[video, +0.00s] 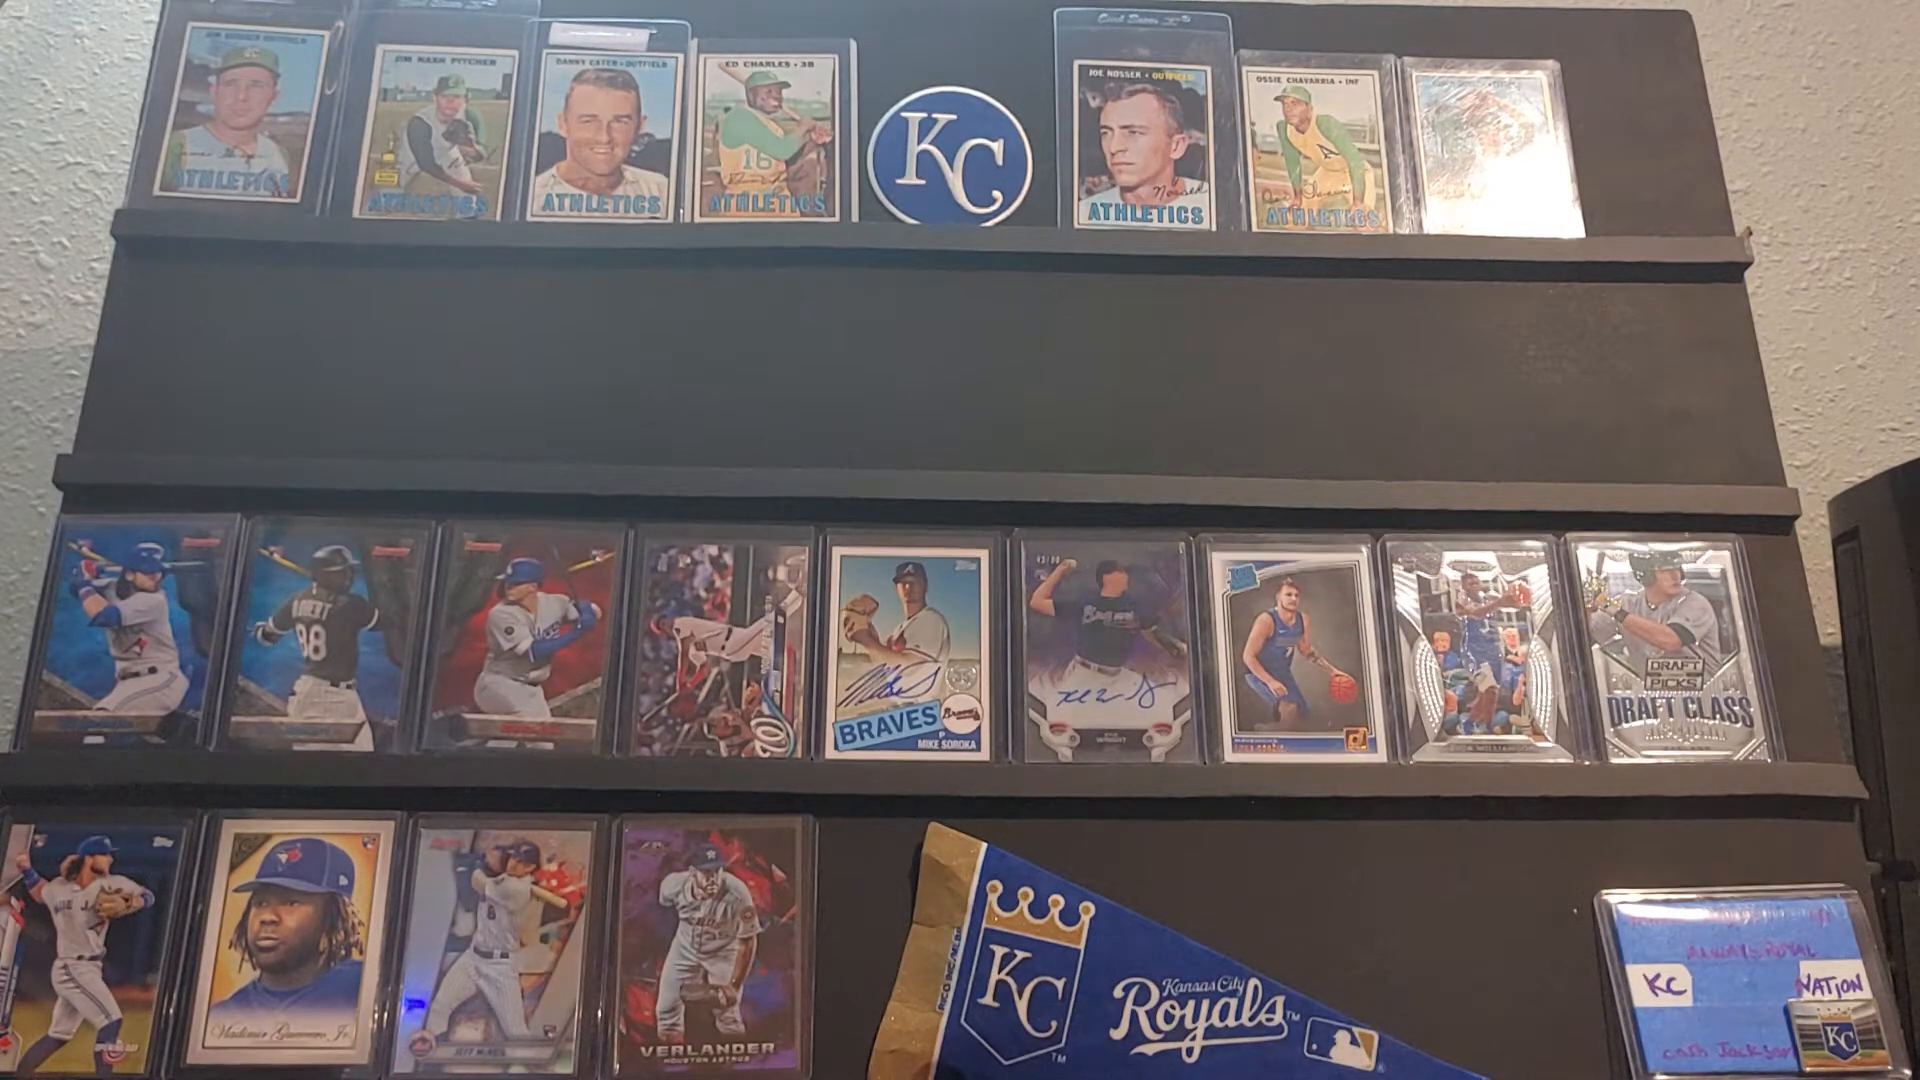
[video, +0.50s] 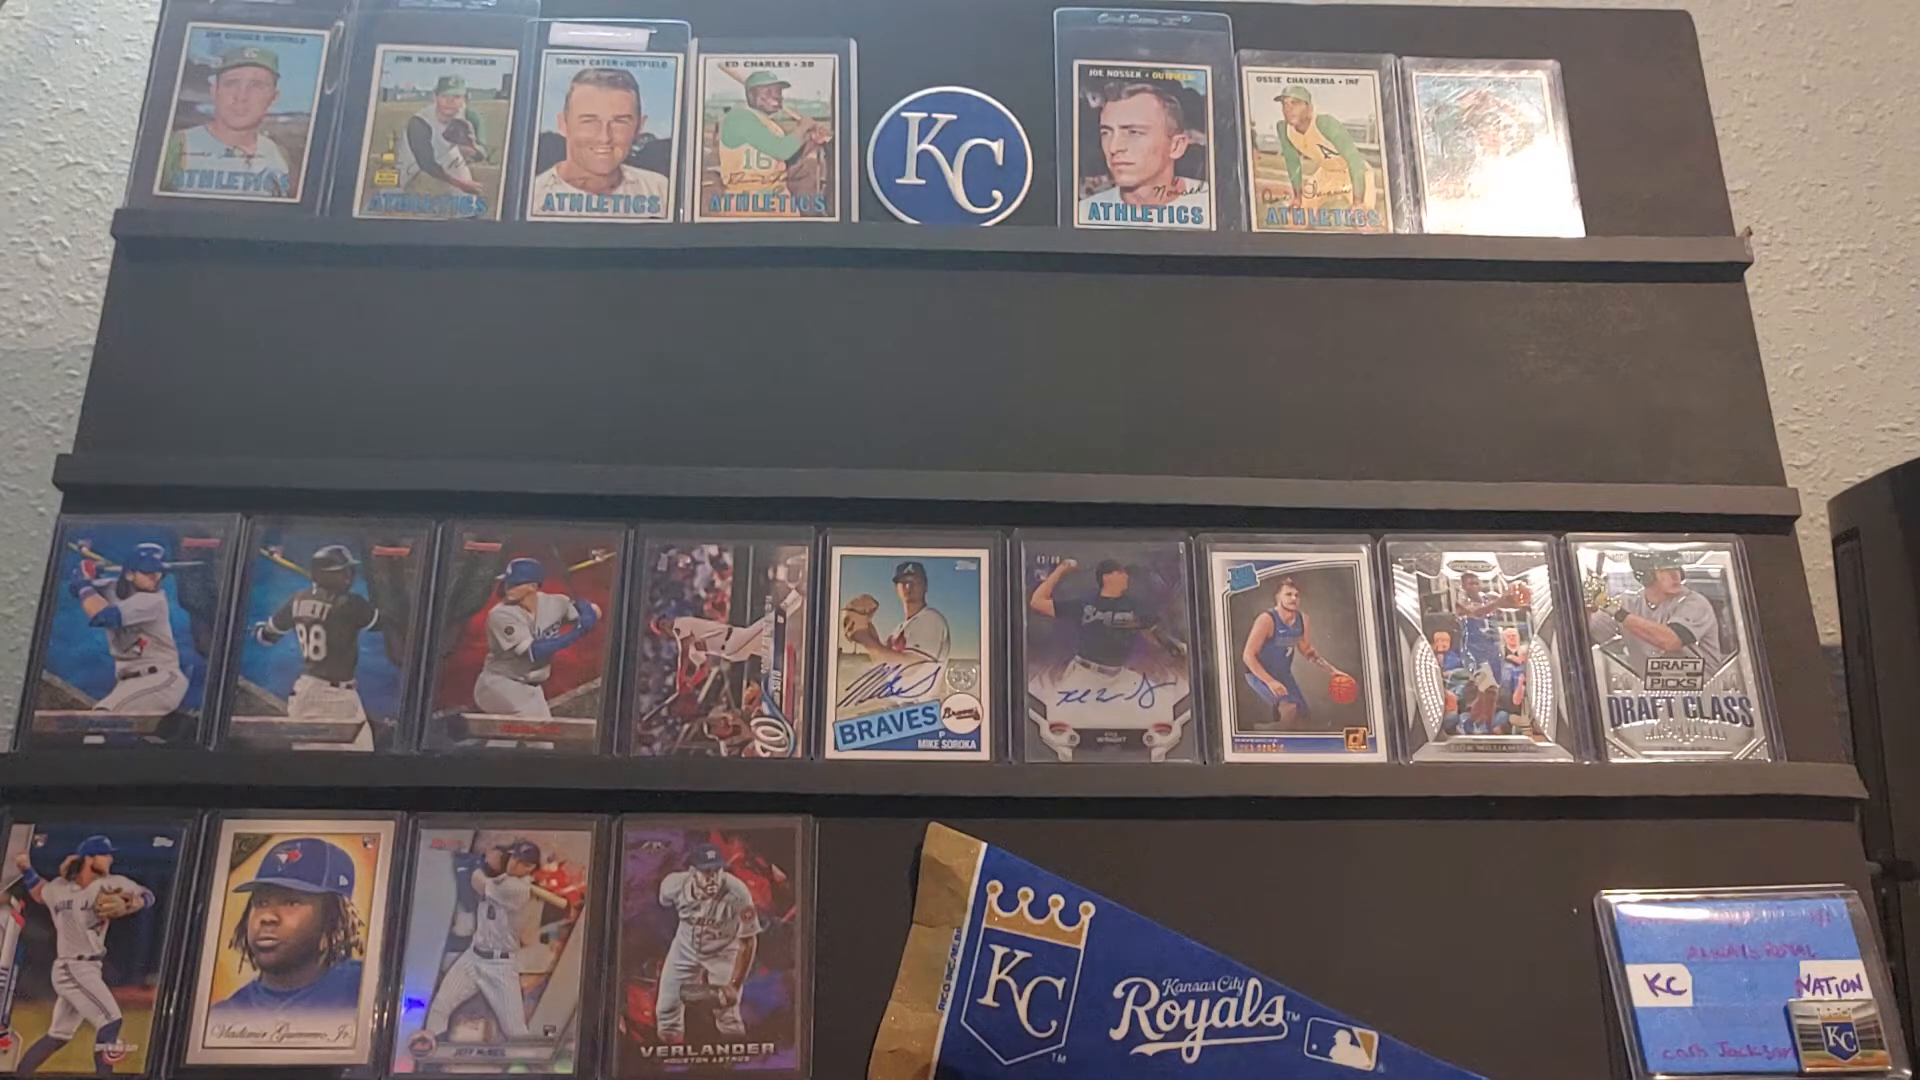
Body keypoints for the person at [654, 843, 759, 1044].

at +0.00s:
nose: (711, 878)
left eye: (715, 871)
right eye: (705, 872)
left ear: (722, 869)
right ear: (693, 871)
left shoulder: (738, 893)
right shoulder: (673, 885)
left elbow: (748, 941)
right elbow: (666, 907)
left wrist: (735, 985)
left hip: (724, 953)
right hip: (684, 947)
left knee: (727, 1014)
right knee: (666, 1009)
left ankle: (740, 1068)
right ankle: (674, 1071)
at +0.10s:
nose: (711, 878)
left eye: (715, 871)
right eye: (705, 872)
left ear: (722, 869)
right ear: (693, 870)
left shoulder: (738, 893)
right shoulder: (673, 885)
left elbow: (748, 941)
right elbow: (666, 907)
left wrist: (735, 985)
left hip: (724, 953)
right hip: (684, 947)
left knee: (727, 1014)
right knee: (666, 1008)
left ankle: (739, 1069)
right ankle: (673, 1069)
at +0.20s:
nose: (711, 878)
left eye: (716, 871)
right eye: (705, 872)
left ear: (722, 870)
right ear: (693, 871)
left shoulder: (738, 893)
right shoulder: (673, 885)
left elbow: (748, 941)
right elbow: (666, 906)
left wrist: (735, 985)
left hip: (724, 953)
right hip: (684, 947)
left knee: (727, 1014)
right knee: (666, 1008)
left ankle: (739, 1068)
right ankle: (674, 1069)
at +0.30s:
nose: (711, 878)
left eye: (716, 871)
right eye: (705, 872)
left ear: (722, 870)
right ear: (693, 871)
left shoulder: (738, 893)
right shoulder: (673, 885)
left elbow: (748, 941)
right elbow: (666, 907)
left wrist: (735, 985)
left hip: (724, 953)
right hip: (684, 947)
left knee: (727, 1014)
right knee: (666, 1008)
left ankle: (739, 1069)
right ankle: (674, 1069)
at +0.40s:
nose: (711, 878)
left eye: (716, 871)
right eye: (705, 872)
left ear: (722, 870)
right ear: (693, 871)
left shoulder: (738, 893)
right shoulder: (673, 885)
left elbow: (748, 941)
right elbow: (666, 907)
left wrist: (735, 985)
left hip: (724, 953)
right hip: (684, 947)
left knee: (727, 1014)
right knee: (666, 1008)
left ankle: (739, 1069)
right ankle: (674, 1069)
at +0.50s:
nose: (711, 878)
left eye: (716, 872)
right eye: (705, 872)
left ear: (722, 870)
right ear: (693, 871)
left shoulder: (738, 893)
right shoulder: (673, 885)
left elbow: (748, 941)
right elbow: (666, 907)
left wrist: (735, 985)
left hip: (724, 953)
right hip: (684, 947)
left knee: (727, 1014)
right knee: (666, 1009)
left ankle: (739, 1069)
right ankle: (674, 1069)